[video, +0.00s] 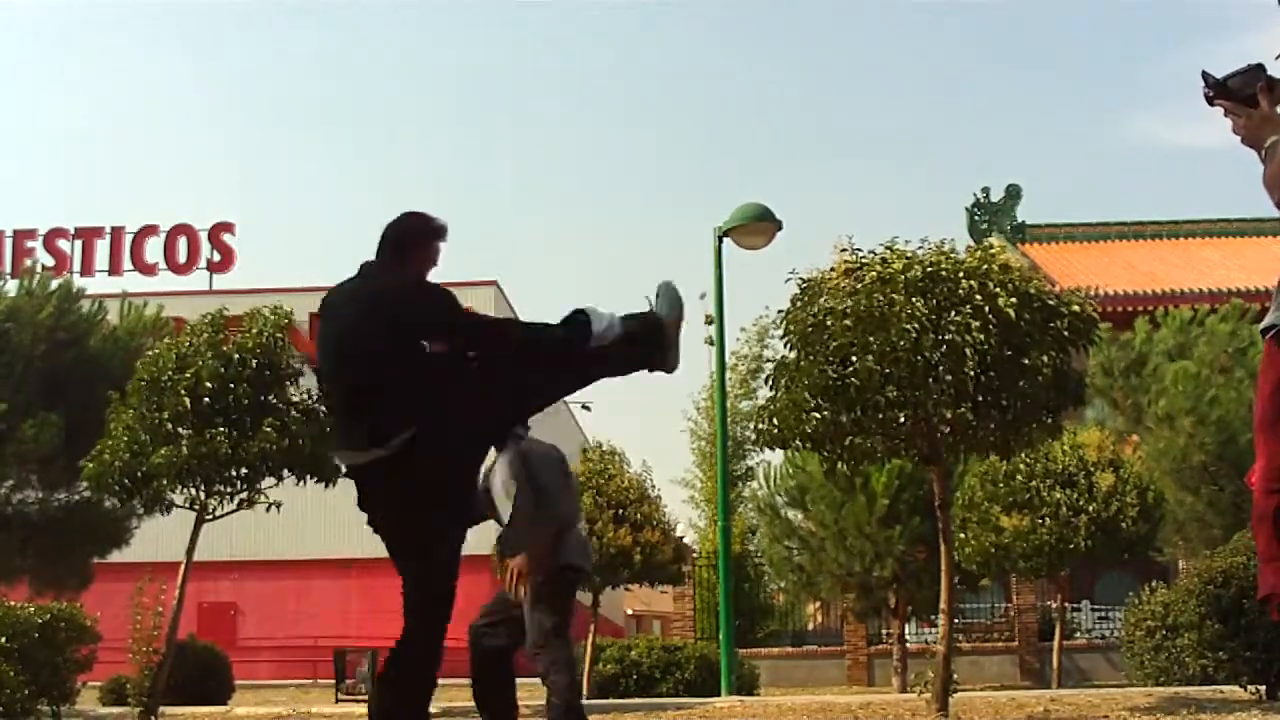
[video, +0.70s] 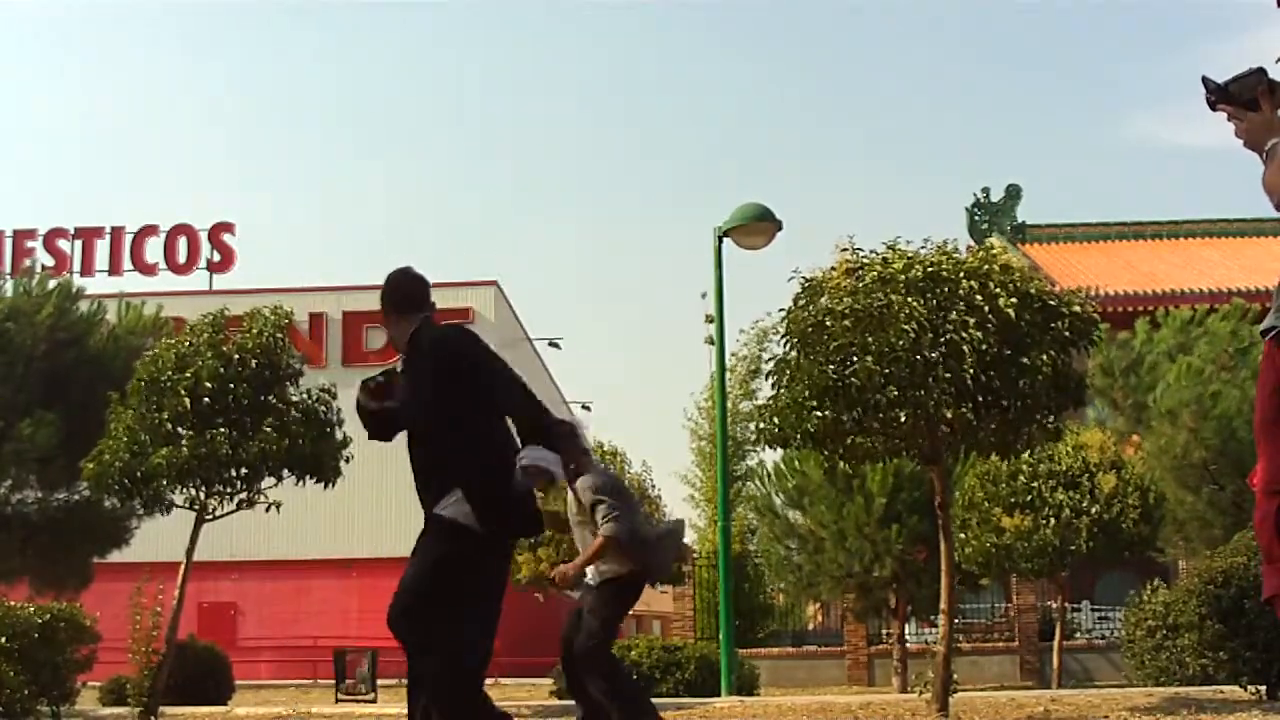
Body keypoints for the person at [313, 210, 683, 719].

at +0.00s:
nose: (436, 269)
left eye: (437, 258)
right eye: (433, 258)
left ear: (385, 249)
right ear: (414, 253)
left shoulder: (337, 301)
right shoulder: (416, 298)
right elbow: (497, 337)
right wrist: (570, 337)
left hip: (384, 482)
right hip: (426, 465)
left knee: (425, 622)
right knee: (508, 368)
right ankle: (648, 340)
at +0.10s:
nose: (433, 280)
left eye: (433, 271)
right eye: (432, 271)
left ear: (385, 264)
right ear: (419, 268)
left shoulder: (336, 325)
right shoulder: (429, 320)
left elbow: (358, 418)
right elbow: (488, 386)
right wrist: (542, 432)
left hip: (391, 500)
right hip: (447, 487)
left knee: (431, 626)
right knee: (541, 448)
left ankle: (441, 709)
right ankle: (563, 539)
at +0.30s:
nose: (374, 295)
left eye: (373, 288)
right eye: (376, 288)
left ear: (377, 285)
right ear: (421, 281)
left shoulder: (387, 332)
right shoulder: (460, 334)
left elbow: (311, 373)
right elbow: (482, 413)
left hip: (446, 492)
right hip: (489, 490)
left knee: (409, 611)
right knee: (455, 609)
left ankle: (469, 704)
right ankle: (459, 702)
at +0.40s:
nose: (382, 308)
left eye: (386, 297)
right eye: (380, 299)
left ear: (407, 294)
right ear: (421, 294)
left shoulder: (436, 336)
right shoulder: (428, 348)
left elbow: (396, 322)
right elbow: (387, 424)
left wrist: (332, 306)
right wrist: (320, 446)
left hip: (470, 503)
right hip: (455, 500)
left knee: (418, 619)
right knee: (438, 624)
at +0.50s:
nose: (384, 331)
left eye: (384, 321)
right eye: (386, 323)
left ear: (387, 317)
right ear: (429, 307)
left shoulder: (449, 347)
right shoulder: (409, 379)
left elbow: (501, 334)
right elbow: (346, 403)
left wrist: (490, 301)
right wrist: (267, 405)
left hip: (481, 512)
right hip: (460, 514)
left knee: (412, 619)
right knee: (451, 625)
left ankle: (455, 709)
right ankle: (466, 706)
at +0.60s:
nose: (383, 327)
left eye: (382, 319)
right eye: (385, 321)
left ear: (385, 317)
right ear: (426, 309)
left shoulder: (450, 343)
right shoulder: (409, 376)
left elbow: (526, 359)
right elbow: (368, 401)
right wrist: (322, 394)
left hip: (478, 501)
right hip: (465, 505)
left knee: (411, 614)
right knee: (461, 621)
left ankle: (445, 708)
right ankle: (463, 707)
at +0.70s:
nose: (384, 327)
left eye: (383, 318)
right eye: (387, 319)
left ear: (386, 315)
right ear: (428, 306)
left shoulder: (445, 343)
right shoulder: (419, 363)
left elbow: (519, 399)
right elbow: (385, 428)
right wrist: (370, 404)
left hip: (469, 506)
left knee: (409, 614)